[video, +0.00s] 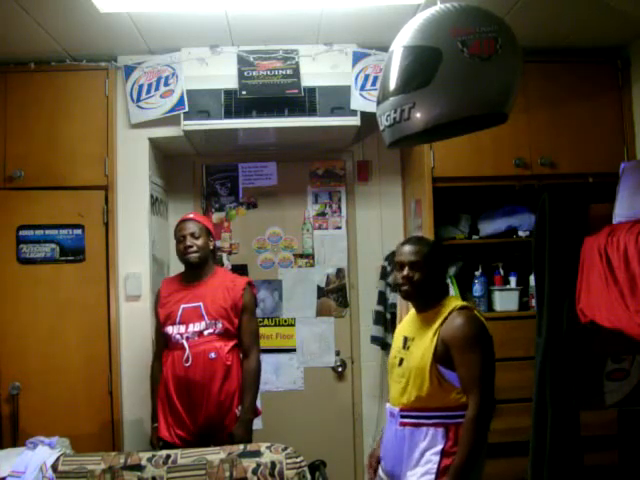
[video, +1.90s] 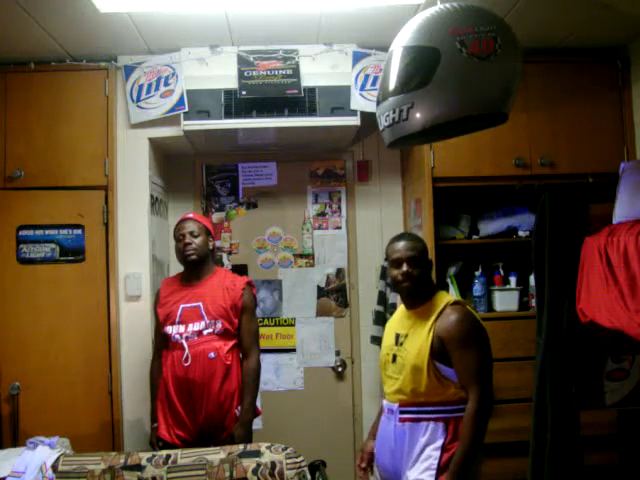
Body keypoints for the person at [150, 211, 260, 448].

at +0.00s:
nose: (187, 243)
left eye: (195, 236)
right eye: (180, 239)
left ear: (211, 242)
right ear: (176, 247)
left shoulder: (237, 288)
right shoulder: (167, 290)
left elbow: (251, 354)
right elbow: (160, 355)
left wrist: (245, 417)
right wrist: (157, 419)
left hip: (225, 416)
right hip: (176, 416)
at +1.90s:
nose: (186, 240)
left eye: (194, 234)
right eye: (180, 237)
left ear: (210, 242)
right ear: (175, 248)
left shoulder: (237, 288)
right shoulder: (166, 290)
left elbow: (251, 355)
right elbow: (159, 355)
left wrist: (245, 419)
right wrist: (156, 419)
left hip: (225, 416)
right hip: (176, 417)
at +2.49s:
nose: (187, 242)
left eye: (194, 236)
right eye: (180, 239)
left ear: (211, 242)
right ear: (176, 248)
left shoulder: (237, 288)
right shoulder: (167, 290)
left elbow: (251, 355)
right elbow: (160, 355)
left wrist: (245, 418)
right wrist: (157, 419)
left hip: (225, 416)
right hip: (176, 417)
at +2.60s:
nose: (187, 243)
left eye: (194, 236)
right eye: (180, 239)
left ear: (211, 242)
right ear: (176, 248)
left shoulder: (237, 288)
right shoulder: (167, 290)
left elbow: (251, 355)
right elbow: (160, 355)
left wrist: (245, 418)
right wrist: (157, 419)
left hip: (225, 416)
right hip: (176, 417)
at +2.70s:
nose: (187, 242)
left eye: (194, 236)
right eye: (180, 239)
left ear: (210, 242)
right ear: (176, 248)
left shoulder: (237, 288)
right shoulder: (167, 290)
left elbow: (251, 355)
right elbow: (160, 355)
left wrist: (245, 418)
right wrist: (157, 419)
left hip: (225, 416)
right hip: (176, 417)